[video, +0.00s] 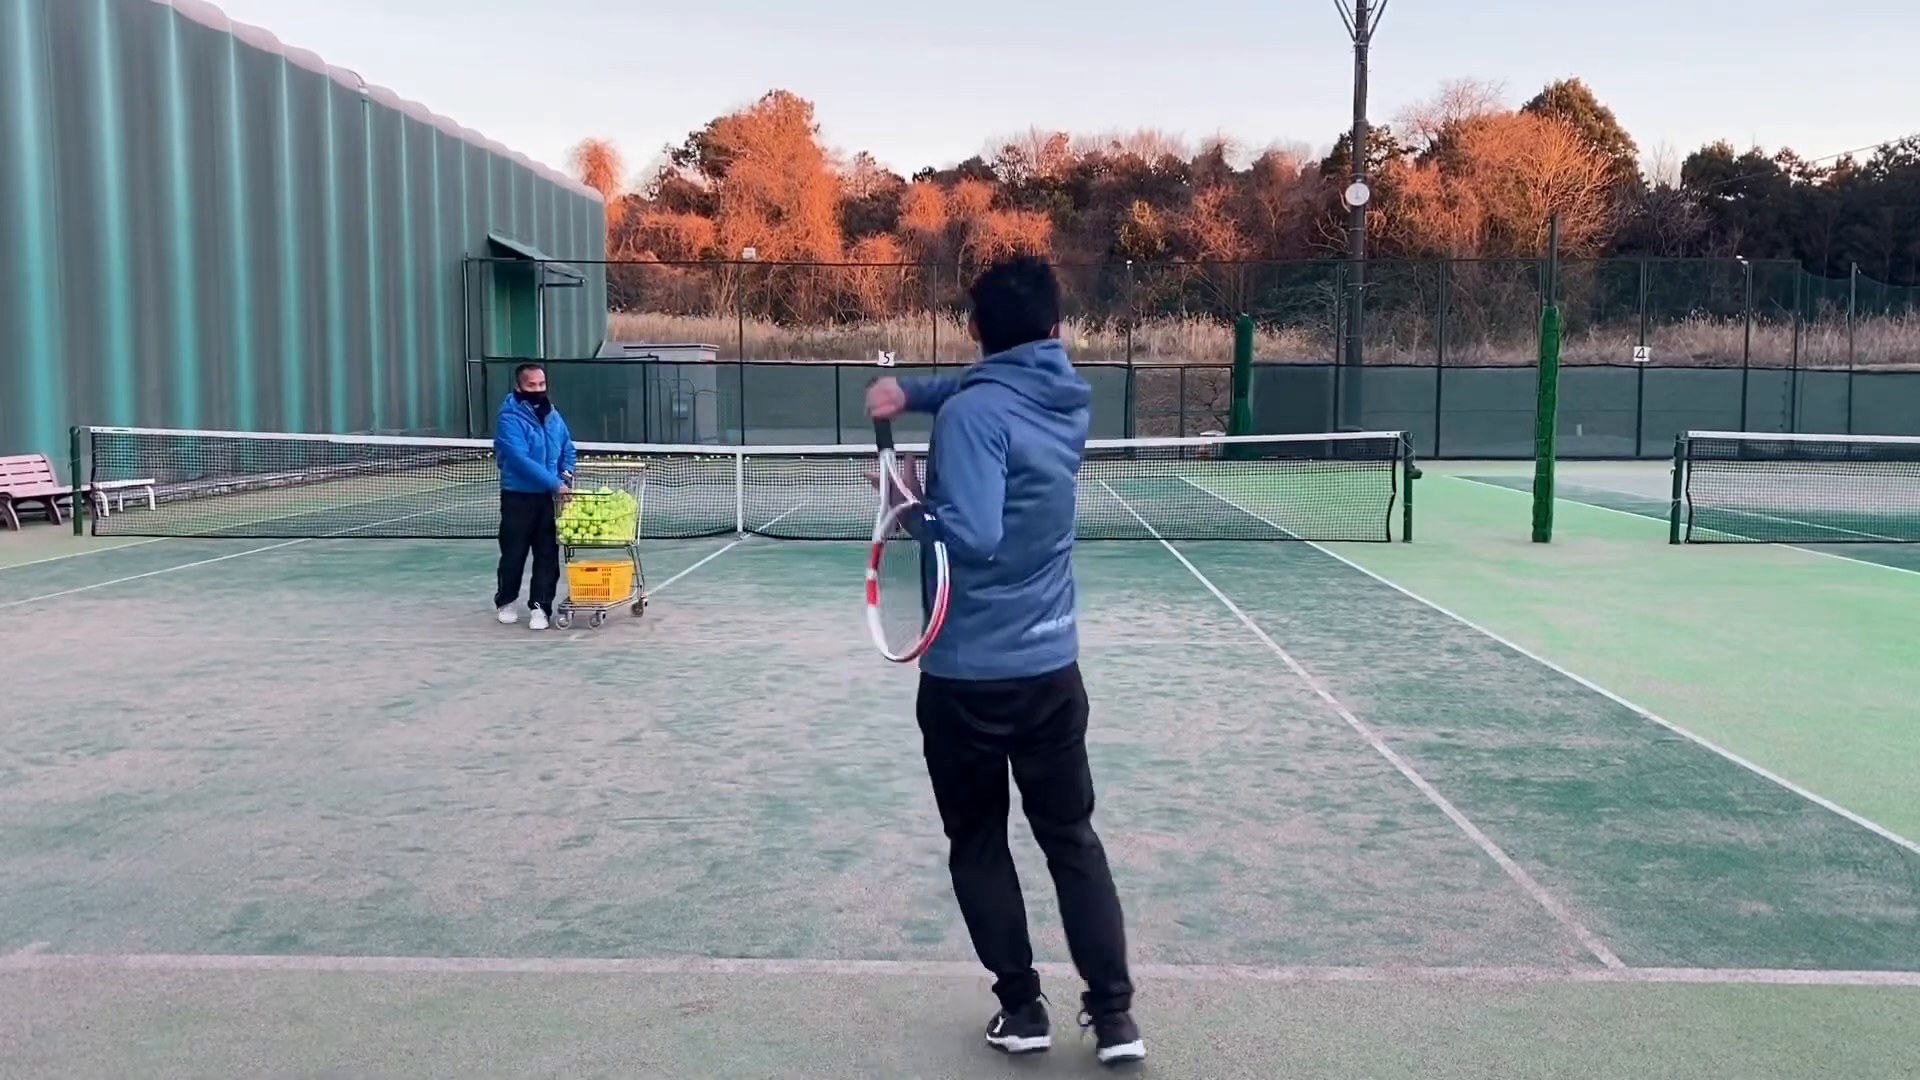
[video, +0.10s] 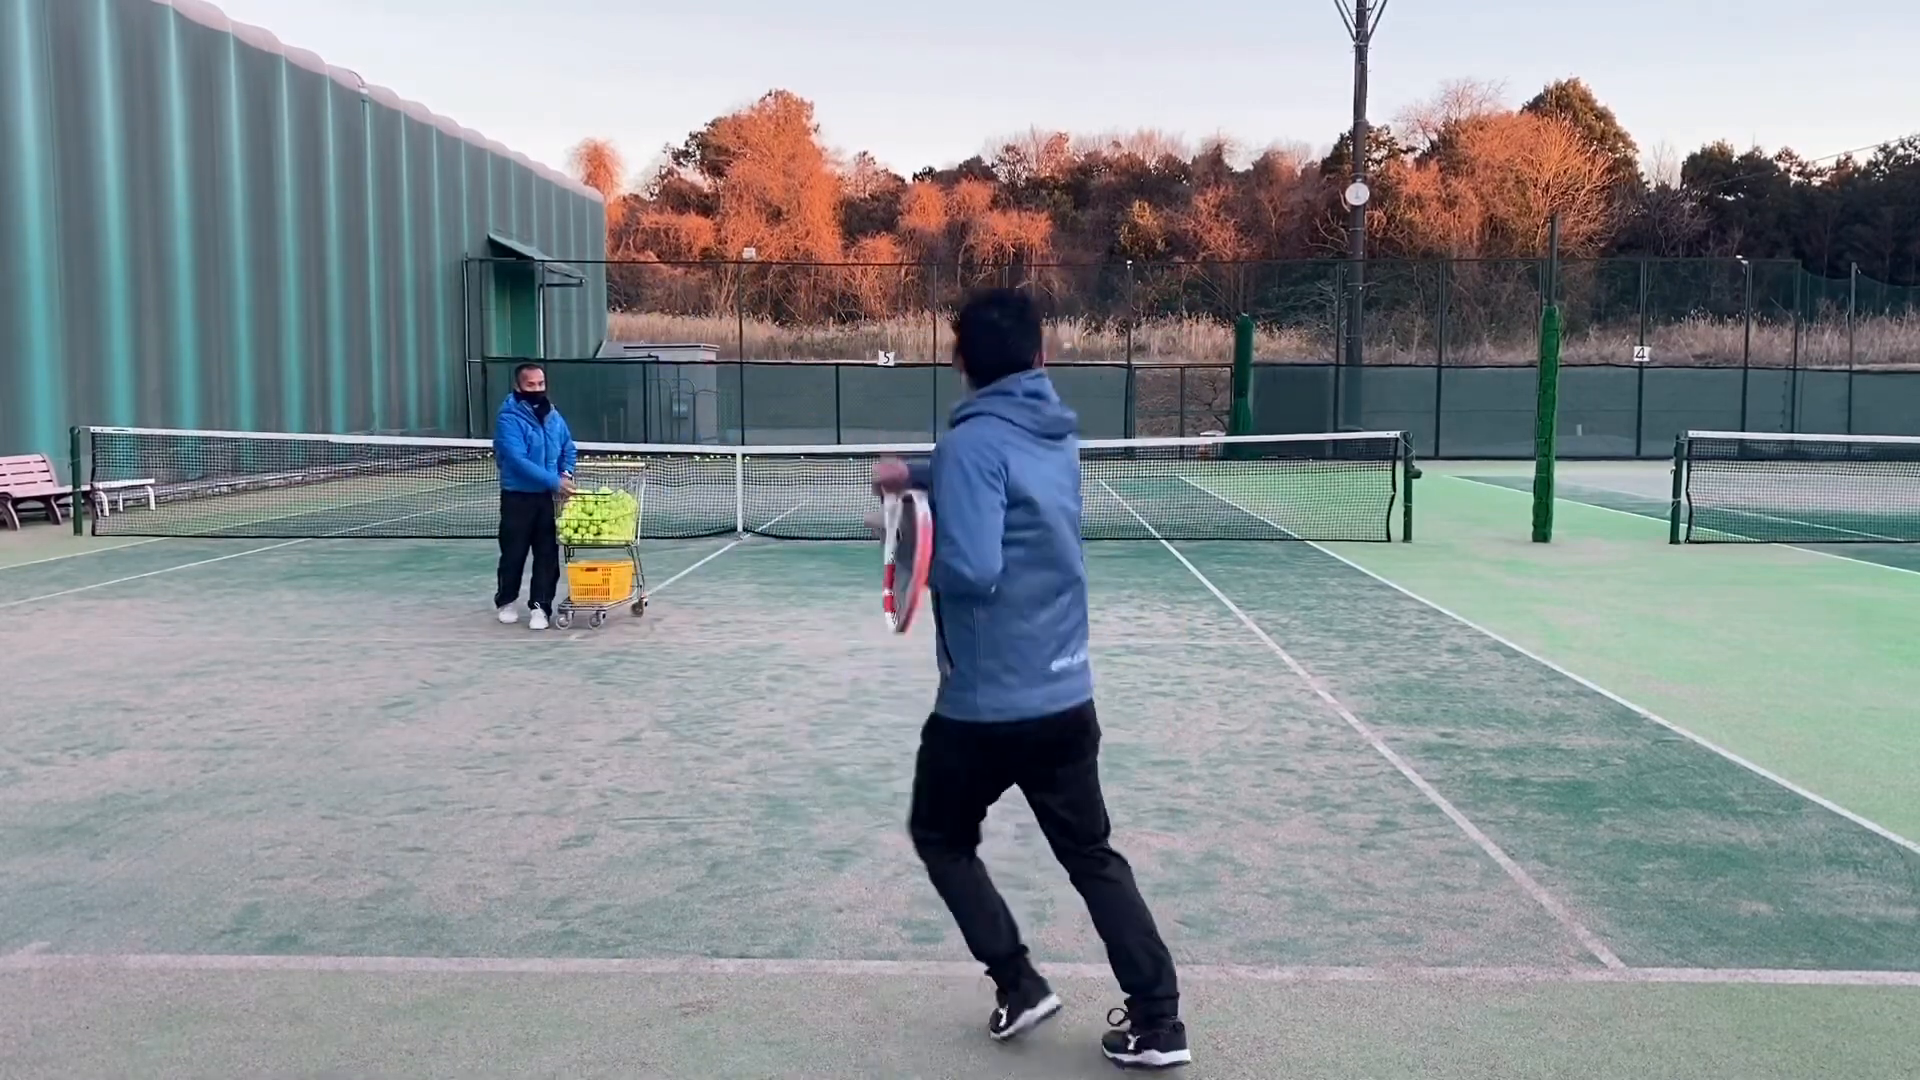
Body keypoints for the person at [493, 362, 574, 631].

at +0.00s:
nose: (538, 389)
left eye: (542, 384)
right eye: (532, 384)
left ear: (546, 384)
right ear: (519, 386)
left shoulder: (552, 414)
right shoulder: (509, 417)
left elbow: (568, 447)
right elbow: (519, 458)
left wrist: (566, 471)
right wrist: (555, 484)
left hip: (548, 493)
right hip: (518, 494)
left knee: (547, 554)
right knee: (514, 552)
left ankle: (541, 607)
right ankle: (506, 602)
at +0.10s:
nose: (537, 388)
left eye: (541, 383)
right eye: (531, 384)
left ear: (545, 383)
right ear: (518, 386)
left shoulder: (553, 414)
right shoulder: (509, 417)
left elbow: (569, 448)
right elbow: (516, 459)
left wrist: (565, 474)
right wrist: (554, 481)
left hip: (547, 494)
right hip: (517, 495)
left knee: (547, 553)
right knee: (514, 552)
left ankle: (541, 607)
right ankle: (506, 602)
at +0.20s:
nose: (535, 388)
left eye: (539, 383)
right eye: (529, 384)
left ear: (544, 383)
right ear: (517, 386)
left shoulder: (553, 414)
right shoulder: (508, 417)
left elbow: (569, 449)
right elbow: (511, 462)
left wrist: (565, 474)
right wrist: (552, 478)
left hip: (547, 494)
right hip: (517, 495)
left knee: (547, 554)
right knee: (514, 552)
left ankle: (541, 607)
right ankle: (507, 602)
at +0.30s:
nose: (532, 388)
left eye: (537, 383)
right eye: (526, 384)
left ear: (543, 384)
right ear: (515, 386)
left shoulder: (553, 415)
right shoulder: (506, 417)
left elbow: (570, 449)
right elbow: (507, 461)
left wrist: (566, 473)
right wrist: (543, 476)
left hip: (546, 494)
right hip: (516, 495)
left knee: (546, 553)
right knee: (514, 552)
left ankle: (541, 607)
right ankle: (511, 602)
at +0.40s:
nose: (528, 388)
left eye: (533, 383)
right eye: (522, 384)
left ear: (540, 385)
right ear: (513, 386)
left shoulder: (552, 416)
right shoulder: (502, 418)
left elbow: (571, 450)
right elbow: (503, 461)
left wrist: (567, 474)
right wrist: (534, 474)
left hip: (545, 495)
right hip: (514, 496)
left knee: (545, 553)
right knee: (514, 552)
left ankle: (541, 607)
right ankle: (513, 602)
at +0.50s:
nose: (523, 389)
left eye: (527, 384)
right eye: (517, 384)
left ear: (535, 385)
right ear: (508, 387)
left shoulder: (549, 415)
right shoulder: (498, 418)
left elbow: (571, 449)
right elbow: (498, 460)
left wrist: (566, 473)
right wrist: (524, 472)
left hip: (543, 495)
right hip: (511, 496)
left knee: (544, 554)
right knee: (511, 553)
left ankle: (540, 607)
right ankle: (512, 602)